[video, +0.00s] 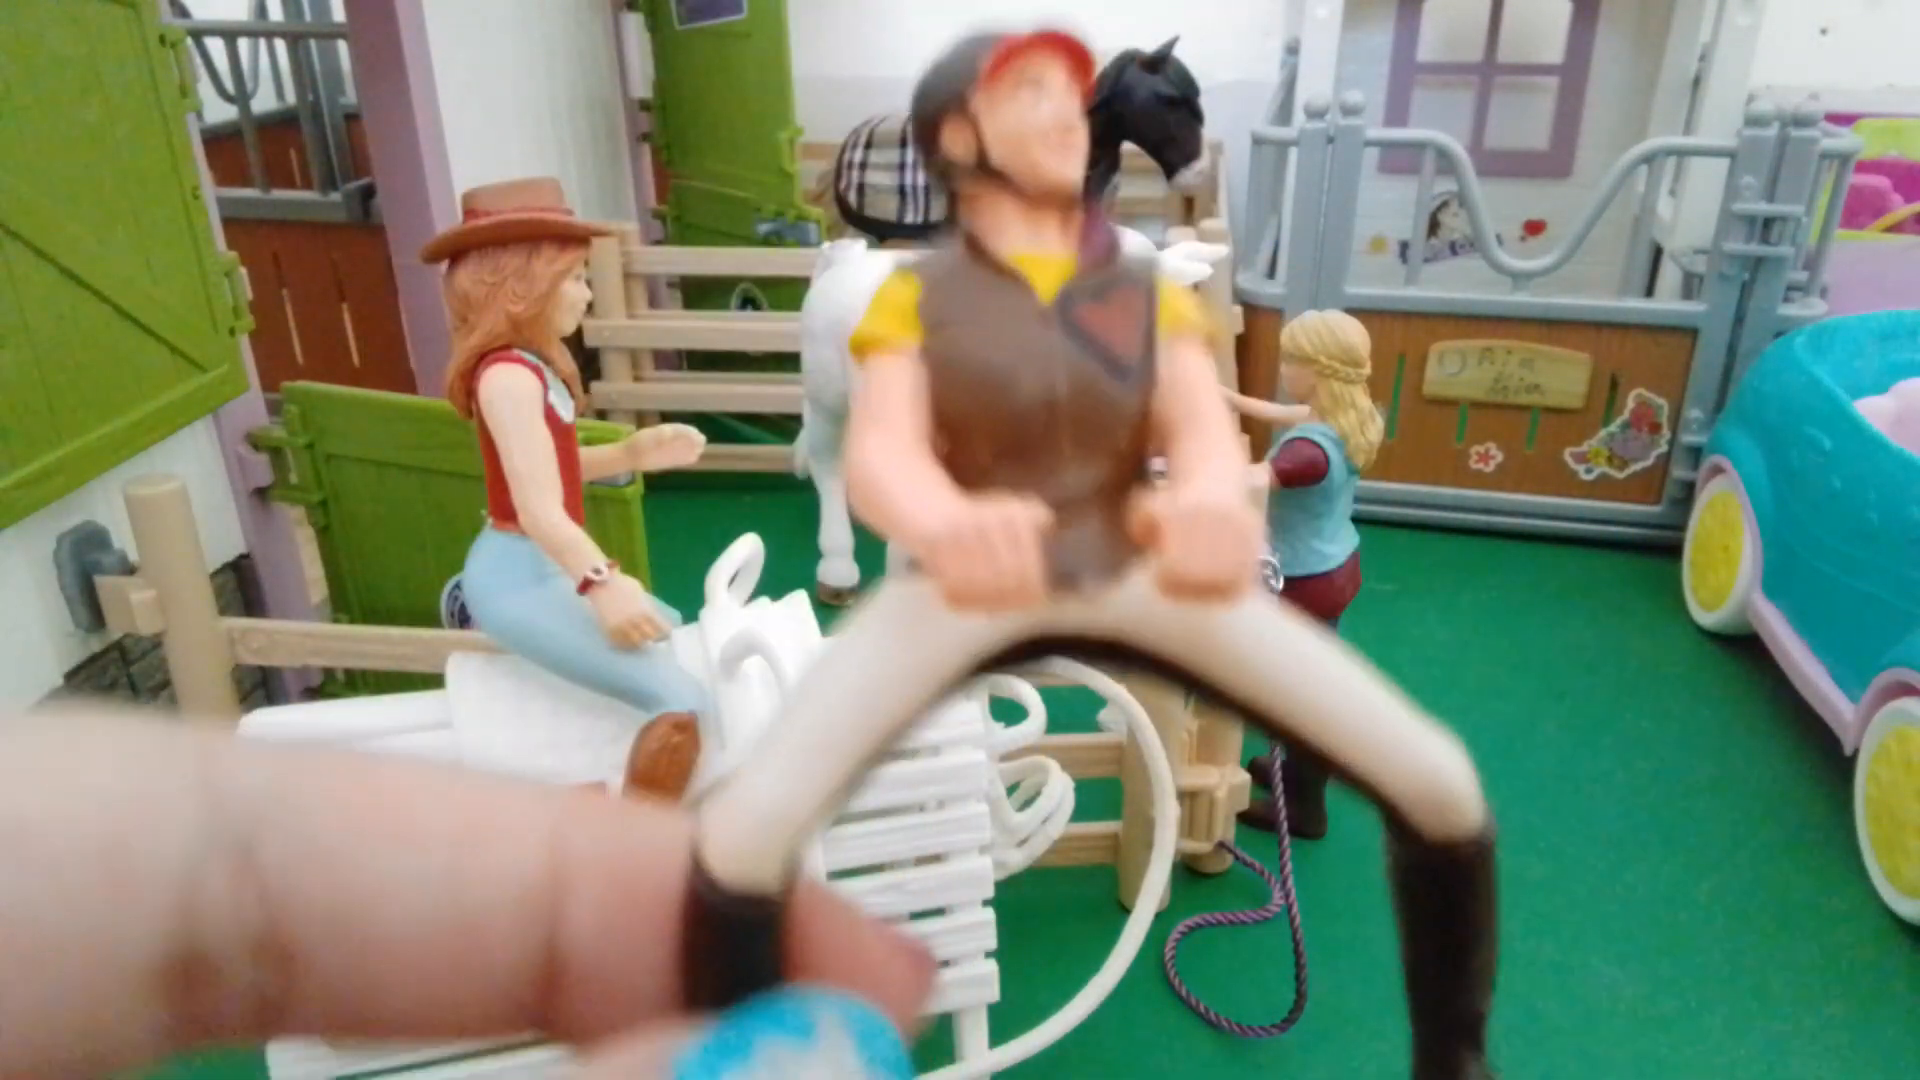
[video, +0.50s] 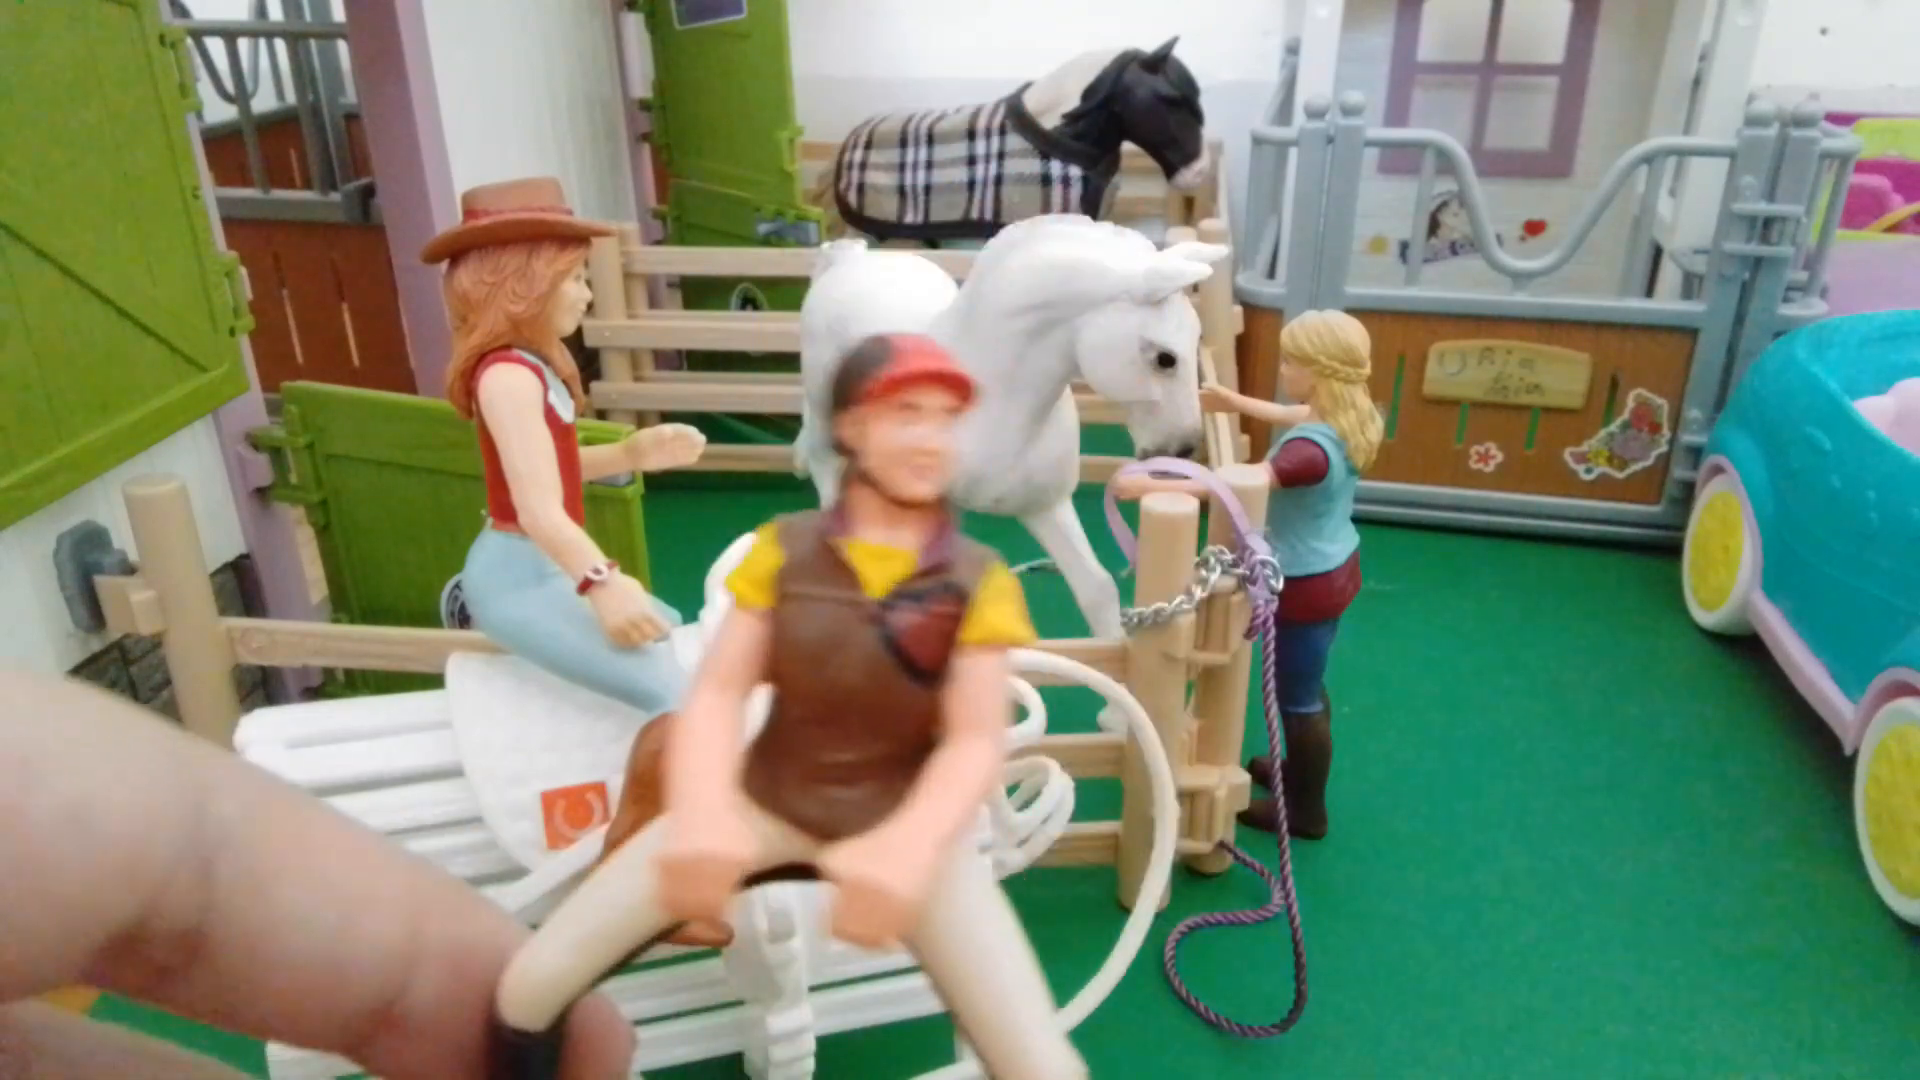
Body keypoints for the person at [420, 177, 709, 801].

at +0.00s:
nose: (588, 294)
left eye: (585, 277)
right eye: (576, 279)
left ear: (531, 288)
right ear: (528, 287)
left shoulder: (536, 370)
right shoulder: (510, 377)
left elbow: (550, 469)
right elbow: (538, 511)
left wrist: (631, 454)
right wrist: (604, 584)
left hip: (548, 561)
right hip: (516, 573)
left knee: (678, 630)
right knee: (682, 695)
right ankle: (636, 851)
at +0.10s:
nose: (588, 294)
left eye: (585, 278)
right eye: (577, 279)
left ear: (531, 288)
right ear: (530, 287)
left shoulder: (537, 369)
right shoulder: (510, 377)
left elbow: (553, 470)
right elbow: (537, 510)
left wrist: (627, 455)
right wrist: (602, 583)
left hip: (550, 558)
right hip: (516, 575)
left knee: (682, 634)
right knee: (685, 696)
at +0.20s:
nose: (588, 292)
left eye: (585, 276)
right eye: (576, 278)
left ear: (534, 286)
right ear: (526, 286)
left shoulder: (540, 367)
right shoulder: (509, 376)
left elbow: (551, 469)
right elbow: (537, 510)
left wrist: (632, 454)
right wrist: (604, 583)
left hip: (549, 568)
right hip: (518, 577)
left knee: (692, 682)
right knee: (680, 698)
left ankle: (636, 868)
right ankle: (625, 874)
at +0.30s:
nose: (587, 294)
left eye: (585, 276)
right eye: (575, 278)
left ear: (535, 287)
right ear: (526, 286)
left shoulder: (543, 368)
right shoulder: (509, 377)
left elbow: (554, 468)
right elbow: (537, 512)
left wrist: (635, 453)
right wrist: (604, 583)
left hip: (553, 562)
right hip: (516, 576)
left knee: (702, 659)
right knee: (680, 695)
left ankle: (671, 885)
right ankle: (624, 888)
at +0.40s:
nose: (588, 292)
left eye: (585, 277)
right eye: (575, 279)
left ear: (533, 287)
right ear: (526, 287)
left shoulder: (539, 369)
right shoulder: (509, 377)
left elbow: (552, 469)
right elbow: (537, 511)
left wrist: (629, 454)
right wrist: (604, 585)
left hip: (546, 567)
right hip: (518, 576)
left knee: (698, 671)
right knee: (689, 692)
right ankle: (634, 878)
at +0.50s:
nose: (588, 293)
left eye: (585, 276)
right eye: (576, 277)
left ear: (537, 285)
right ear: (528, 285)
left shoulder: (543, 366)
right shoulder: (510, 377)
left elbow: (554, 468)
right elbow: (537, 511)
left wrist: (635, 453)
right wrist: (604, 584)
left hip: (555, 560)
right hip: (517, 576)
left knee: (696, 653)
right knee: (679, 690)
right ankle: (641, 876)